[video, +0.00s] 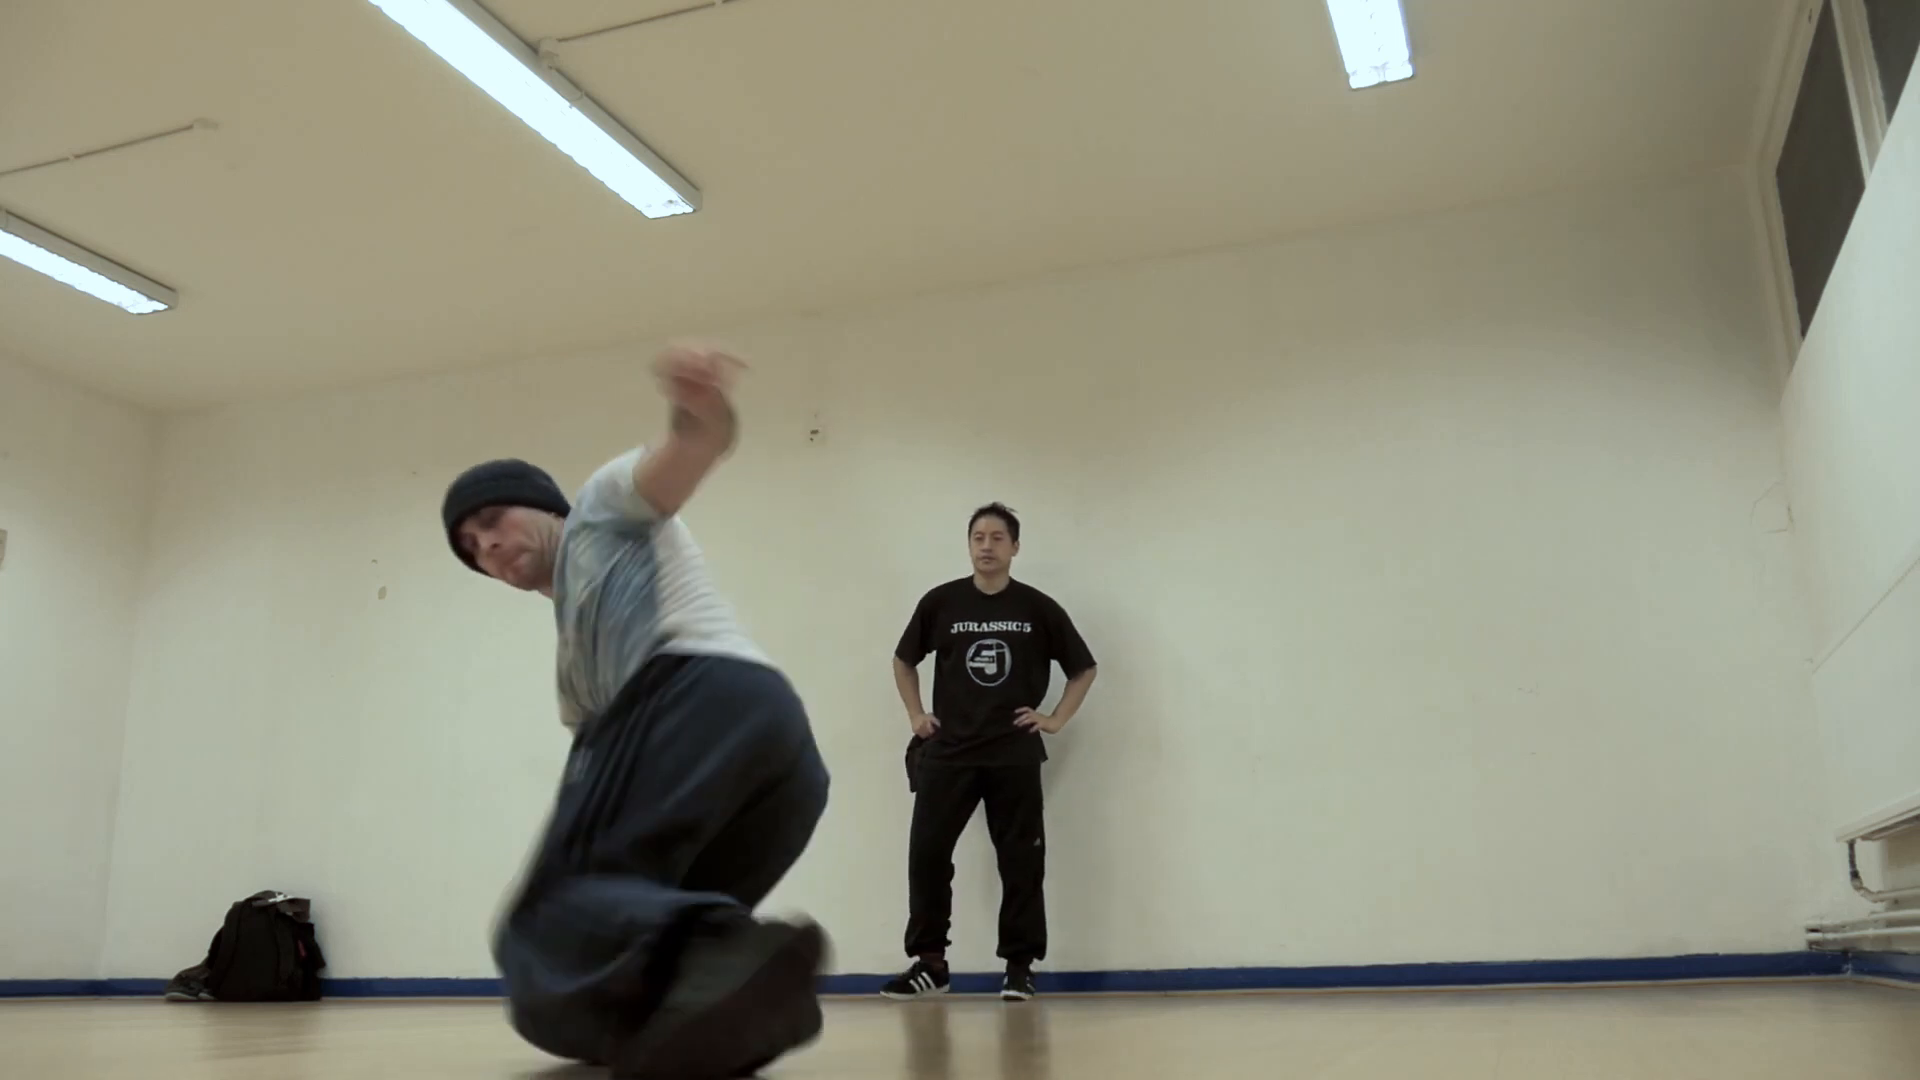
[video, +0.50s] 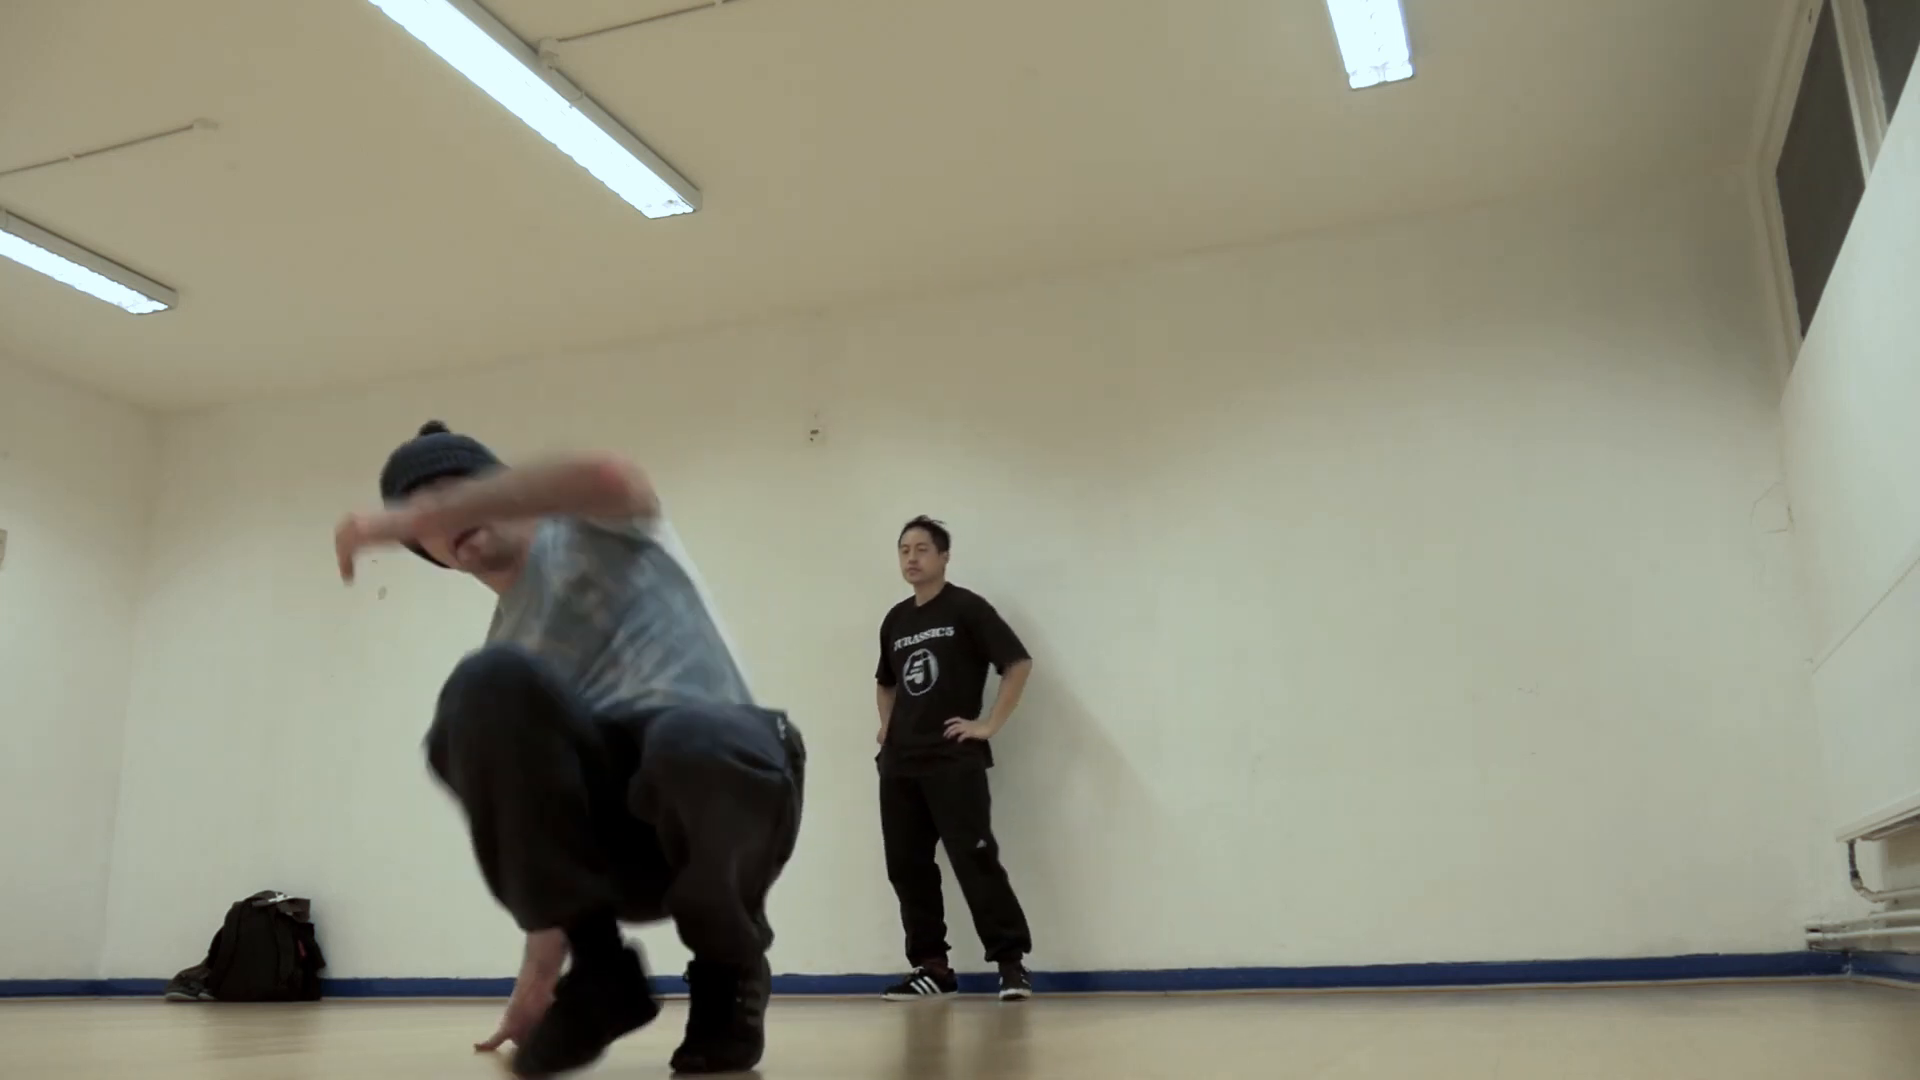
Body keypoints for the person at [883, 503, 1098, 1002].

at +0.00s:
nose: (987, 545)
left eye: (997, 538)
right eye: (979, 537)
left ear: (1014, 547)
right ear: (969, 546)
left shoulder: (1039, 609)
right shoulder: (939, 604)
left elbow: (1083, 668)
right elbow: (904, 660)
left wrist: (1057, 719)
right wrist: (917, 715)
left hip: (1013, 752)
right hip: (948, 751)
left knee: (1021, 859)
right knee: (926, 854)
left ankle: (1019, 968)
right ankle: (929, 964)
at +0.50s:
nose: (911, 557)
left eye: (921, 549)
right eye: (905, 550)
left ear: (943, 557)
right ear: (899, 560)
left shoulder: (968, 609)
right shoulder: (896, 621)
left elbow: (1018, 664)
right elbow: (887, 681)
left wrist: (990, 724)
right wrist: (886, 723)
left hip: (955, 758)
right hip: (900, 762)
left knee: (974, 859)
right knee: (908, 868)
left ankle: (1011, 966)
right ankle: (932, 969)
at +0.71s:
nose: (888, 559)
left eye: (898, 550)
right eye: (881, 552)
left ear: (919, 557)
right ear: (875, 561)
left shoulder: (945, 606)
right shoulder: (874, 623)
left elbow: (1000, 657)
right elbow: (870, 686)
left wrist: (976, 719)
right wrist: (872, 729)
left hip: (938, 750)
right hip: (888, 758)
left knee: (935, 852)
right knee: (898, 866)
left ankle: (959, 966)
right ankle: (929, 969)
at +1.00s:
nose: (863, 560)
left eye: (872, 551)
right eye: (855, 553)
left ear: (893, 557)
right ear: (848, 563)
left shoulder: (924, 606)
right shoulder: (847, 626)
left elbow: (979, 657)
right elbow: (841, 687)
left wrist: (955, 722)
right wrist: (854, 734)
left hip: (920, 750)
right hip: (870, 758)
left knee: (897, 855)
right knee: (884, 861)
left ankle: (923, 966)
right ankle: (930, 964)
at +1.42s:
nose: (826, 548)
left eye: (837, 540)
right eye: (819, 540)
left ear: (858, 548)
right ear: (813, 549)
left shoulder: (880, 599)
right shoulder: (810, 612)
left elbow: (930, 655)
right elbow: (807, 680)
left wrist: (899, 715)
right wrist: (816, 727)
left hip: (869, 746)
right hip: (822, 749)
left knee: (854, 859)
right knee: (828, 867)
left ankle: (847, 972)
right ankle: (907, 946)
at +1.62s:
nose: (803, 544)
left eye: (813, 536)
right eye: (796, 537)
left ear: (835, 542)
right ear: (790, 545)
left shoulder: (856, 592)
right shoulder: (790, 603)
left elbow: (906, 648)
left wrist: (878, 712)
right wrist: (801, 713)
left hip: (847, 744)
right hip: (799, 745)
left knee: (843, 855)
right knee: (771, 851)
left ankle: (845, 972)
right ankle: (829, 940)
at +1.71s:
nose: (790, 544)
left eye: (800, 535)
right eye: (783, 535)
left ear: (823, 542)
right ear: (777, 545)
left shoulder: (845, 591)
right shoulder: (779, 607)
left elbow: (895, 646)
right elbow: (795, 672)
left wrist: (869, 713)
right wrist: (793, 720)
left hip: (840, 746)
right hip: (790, 747)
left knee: (839, 855)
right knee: (756, 849)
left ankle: (846, 973)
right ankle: (784, 961)